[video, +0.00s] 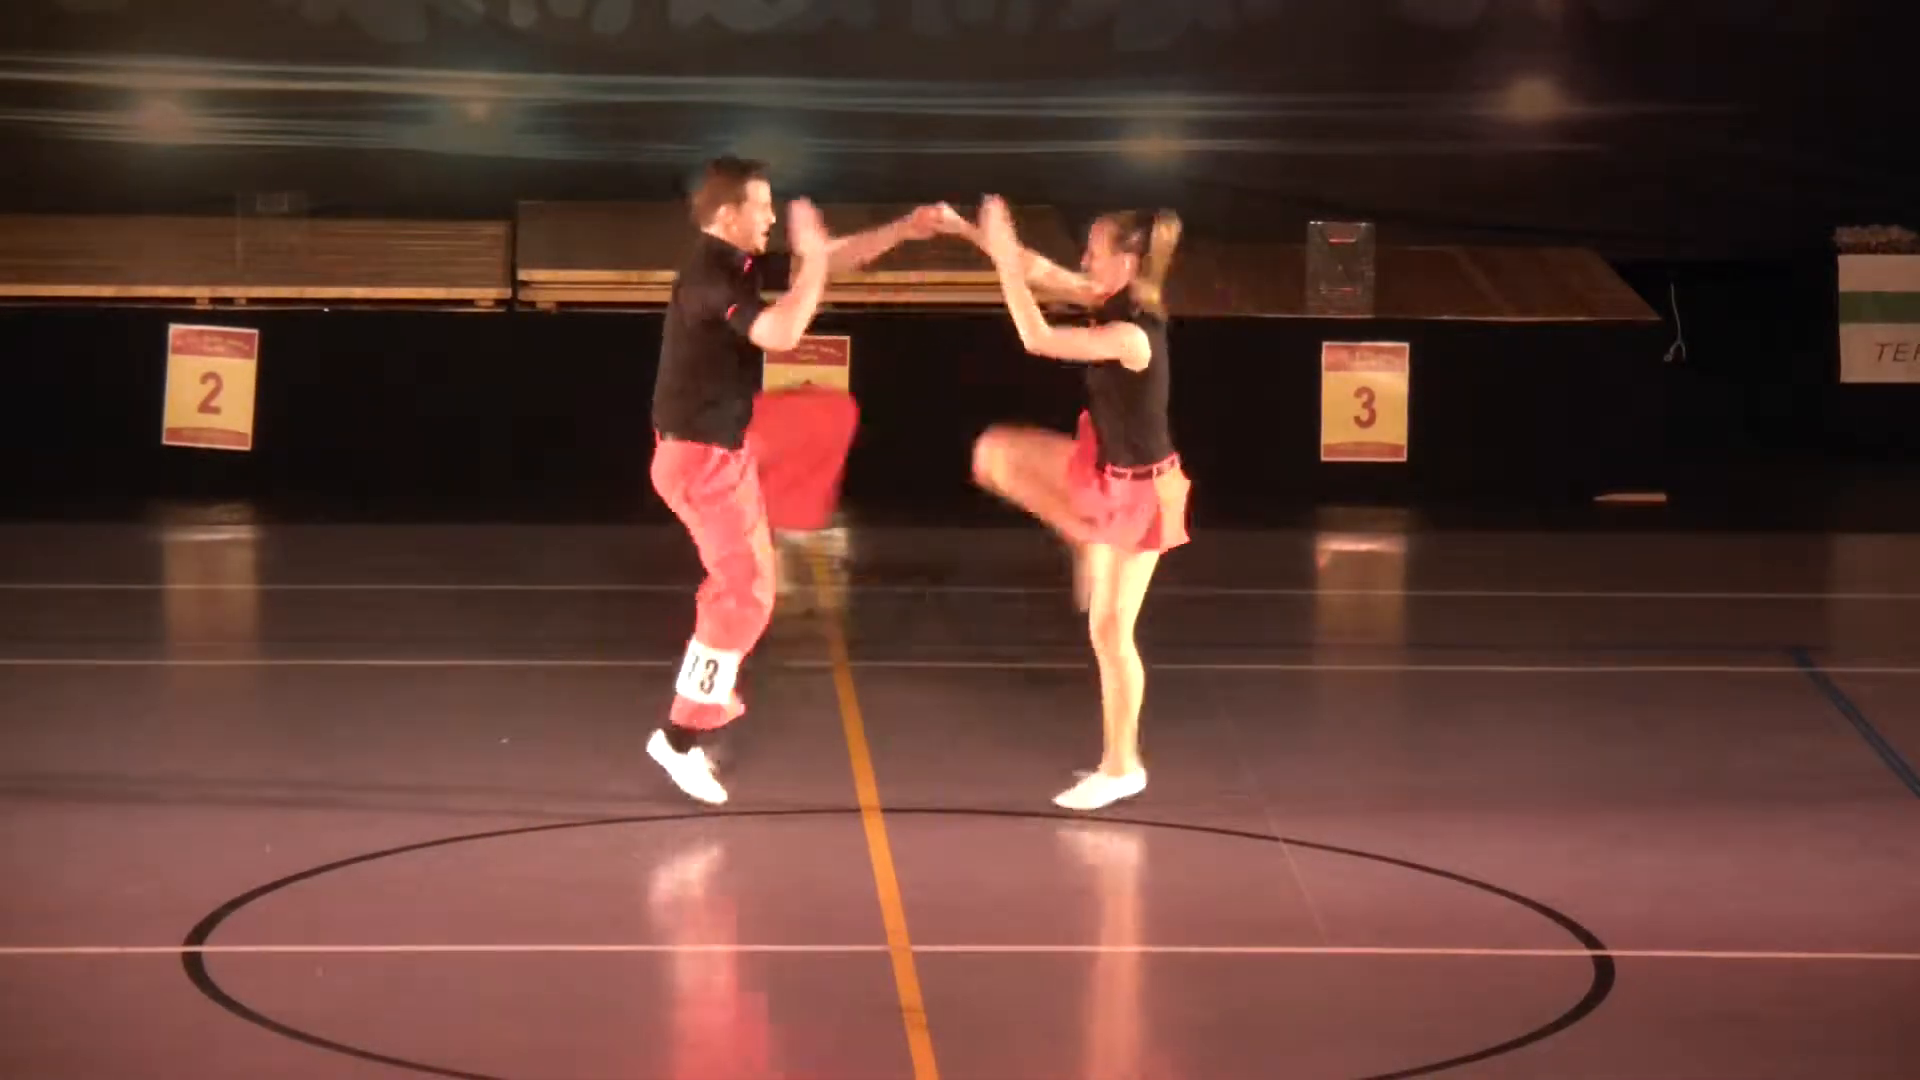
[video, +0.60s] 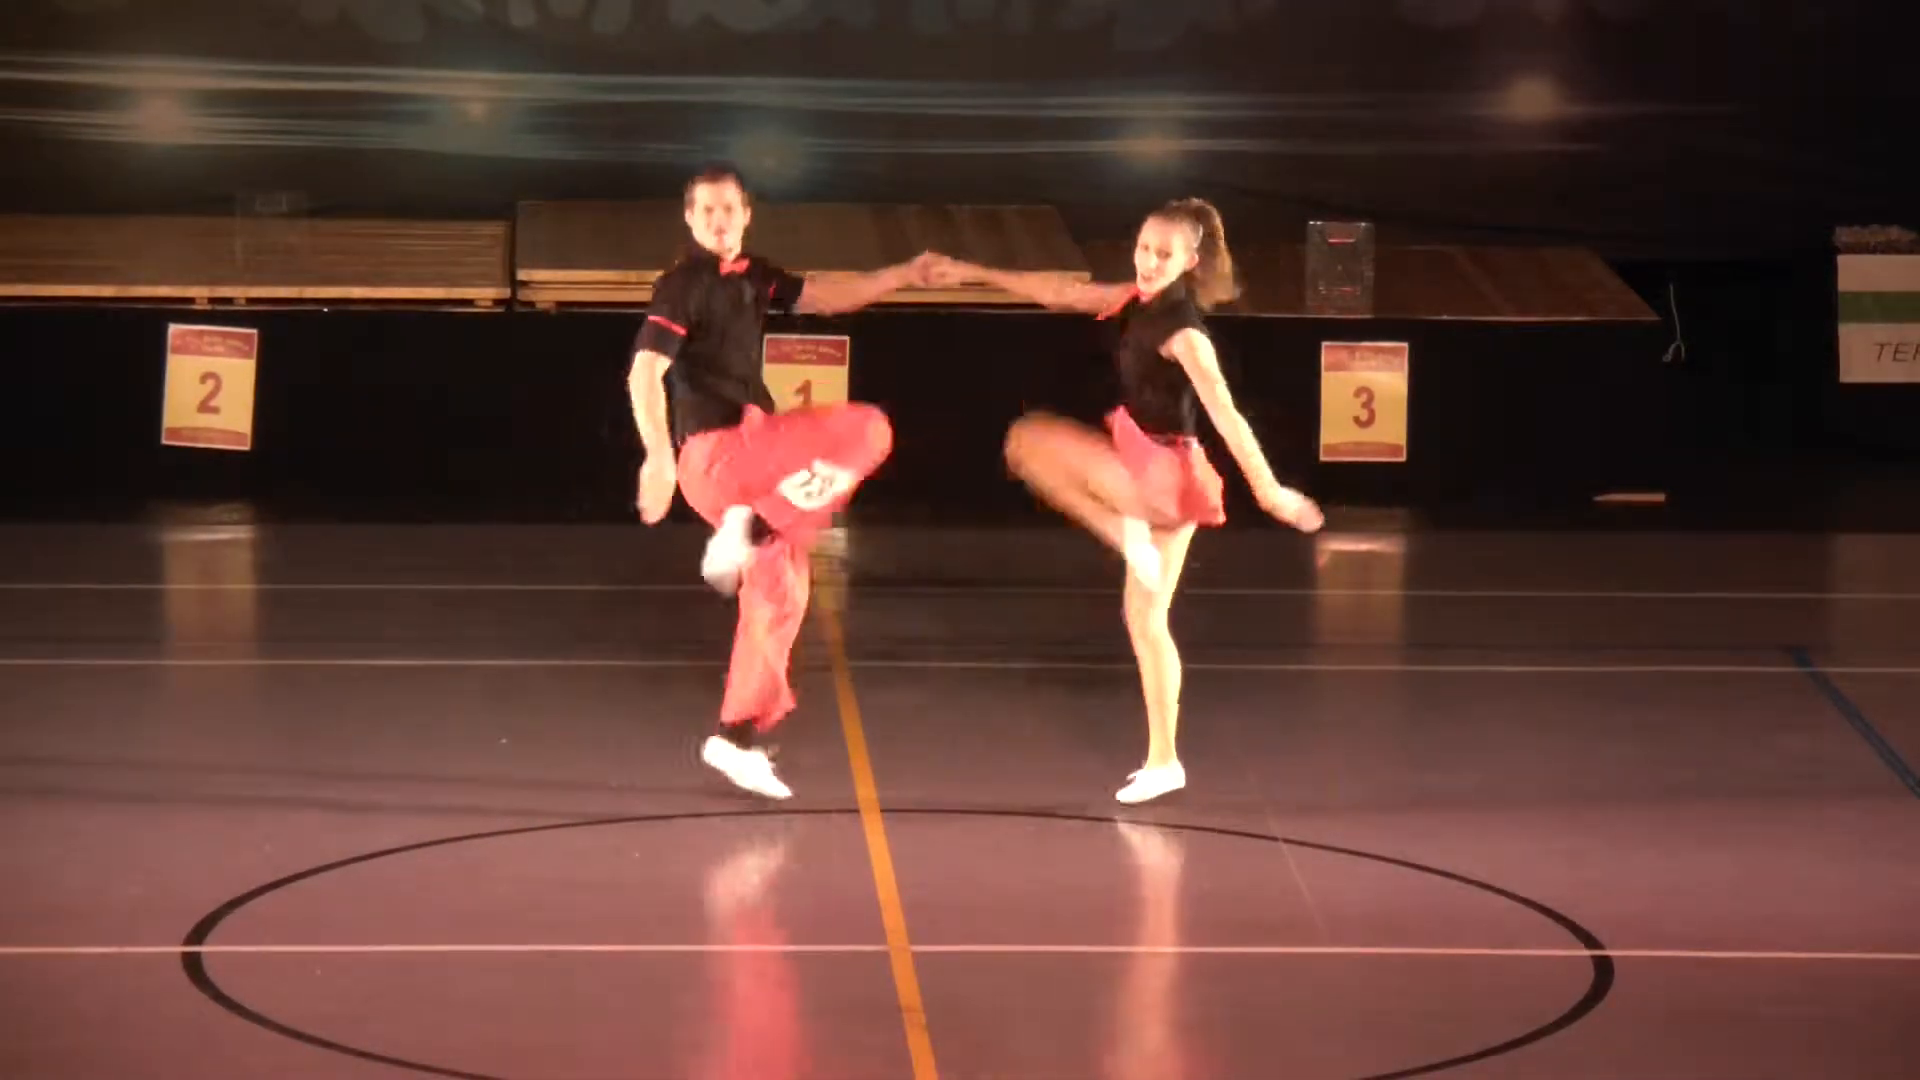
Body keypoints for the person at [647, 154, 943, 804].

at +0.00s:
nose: (771, 216)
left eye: (769, 206)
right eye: (760, 206)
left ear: (734, 215)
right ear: (726, 214)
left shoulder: (739, 265)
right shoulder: (711, 277)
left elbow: (825, 259)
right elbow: (781, 333)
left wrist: (903, 229)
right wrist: (814, 256)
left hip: (725, 441)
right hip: (700, 456)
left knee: (833, 418)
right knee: (747, 587)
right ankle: (682, 736)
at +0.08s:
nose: (772, 223)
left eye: (769, 212)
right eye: (762, 212)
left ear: (731, 221)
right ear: (727, 222)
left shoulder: (742, 273)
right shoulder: (713, 278)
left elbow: (827, 279)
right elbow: (760, 352)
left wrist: (906, 252)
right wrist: (780, 277)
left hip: (739, 463)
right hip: (702, 475)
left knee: (839, 489)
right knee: (724, 607)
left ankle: (747, 596)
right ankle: (664, 760)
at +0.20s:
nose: (763, 254)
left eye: (761, 242)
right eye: (751, 243)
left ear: (730, 253)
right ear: (715, 252)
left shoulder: (748, 312)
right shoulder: (699, 319)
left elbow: (828, 314)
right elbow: (732, 381)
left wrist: (913, 284)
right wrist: (763, 305)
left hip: (759, 513)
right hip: (709, 514)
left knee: (797, 640)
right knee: (678, 645)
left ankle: (777, 783)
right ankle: (648, 792)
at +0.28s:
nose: (735, 253)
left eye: (743, 240)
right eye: (721, 242)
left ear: (754, 243)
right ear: (695, 246)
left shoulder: (752, 307)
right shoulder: (686, 315)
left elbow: (832, 320)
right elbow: (645, 398)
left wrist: (922, 305)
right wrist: (727, 426)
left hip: (755, 489)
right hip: (722, 493)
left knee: (775, 619)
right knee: (823, 601)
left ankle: (773, 764)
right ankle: (716, 705)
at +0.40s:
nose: (722, 274)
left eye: (731, 261)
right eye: (709, 262)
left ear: (747, 264)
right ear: (688, 266)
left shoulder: (755, 325)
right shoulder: (672, 335)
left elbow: (835, 321)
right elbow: (608, 415)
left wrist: (920, 298)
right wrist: (550, 490)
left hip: (760, 496)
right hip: (725, 504)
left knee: (780, 637)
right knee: (872, 459)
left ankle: (765, 789)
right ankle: (989, 553)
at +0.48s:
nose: (716, 241)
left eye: (725, 228)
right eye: (702, 230)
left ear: (743, 233)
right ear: (683, 239)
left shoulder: (755, 297)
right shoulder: (673, 310)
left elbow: (833, 302)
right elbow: (621, 401)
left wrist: (914, 275)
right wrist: (583, 482)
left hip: (752, 470)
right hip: (716, 475)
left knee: (765, 624)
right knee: (856, 438)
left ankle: (774, 771)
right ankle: (993, 476)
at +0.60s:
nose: (718, 221)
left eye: (728, 209)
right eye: (705, 210)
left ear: (747, 213)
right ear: (688, 217)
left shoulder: (756, 278)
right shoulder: (685, 280)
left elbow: (828, 295)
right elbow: (644, 371)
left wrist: (905, 275)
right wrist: (659, 457)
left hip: (746, 453)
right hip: (710, 452)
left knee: (781, 583)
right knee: (864, 429)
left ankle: (738, 736)